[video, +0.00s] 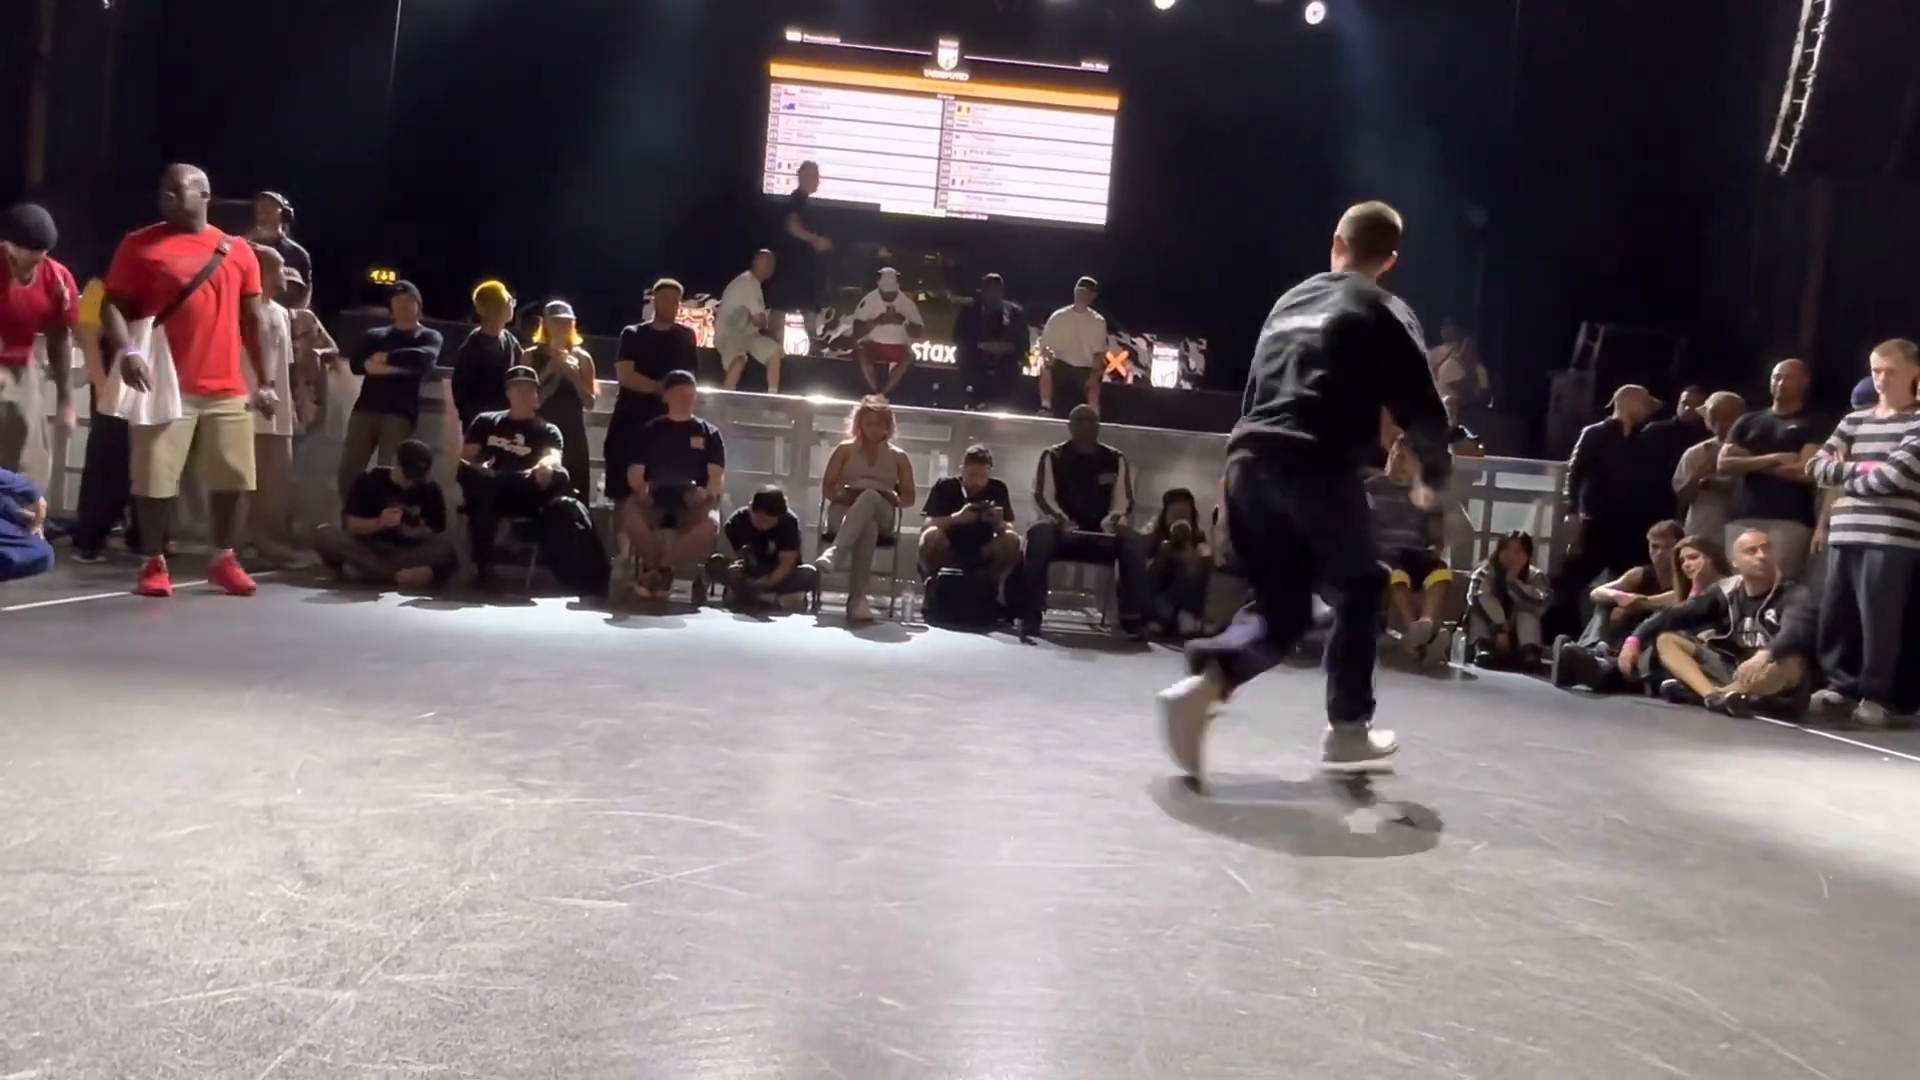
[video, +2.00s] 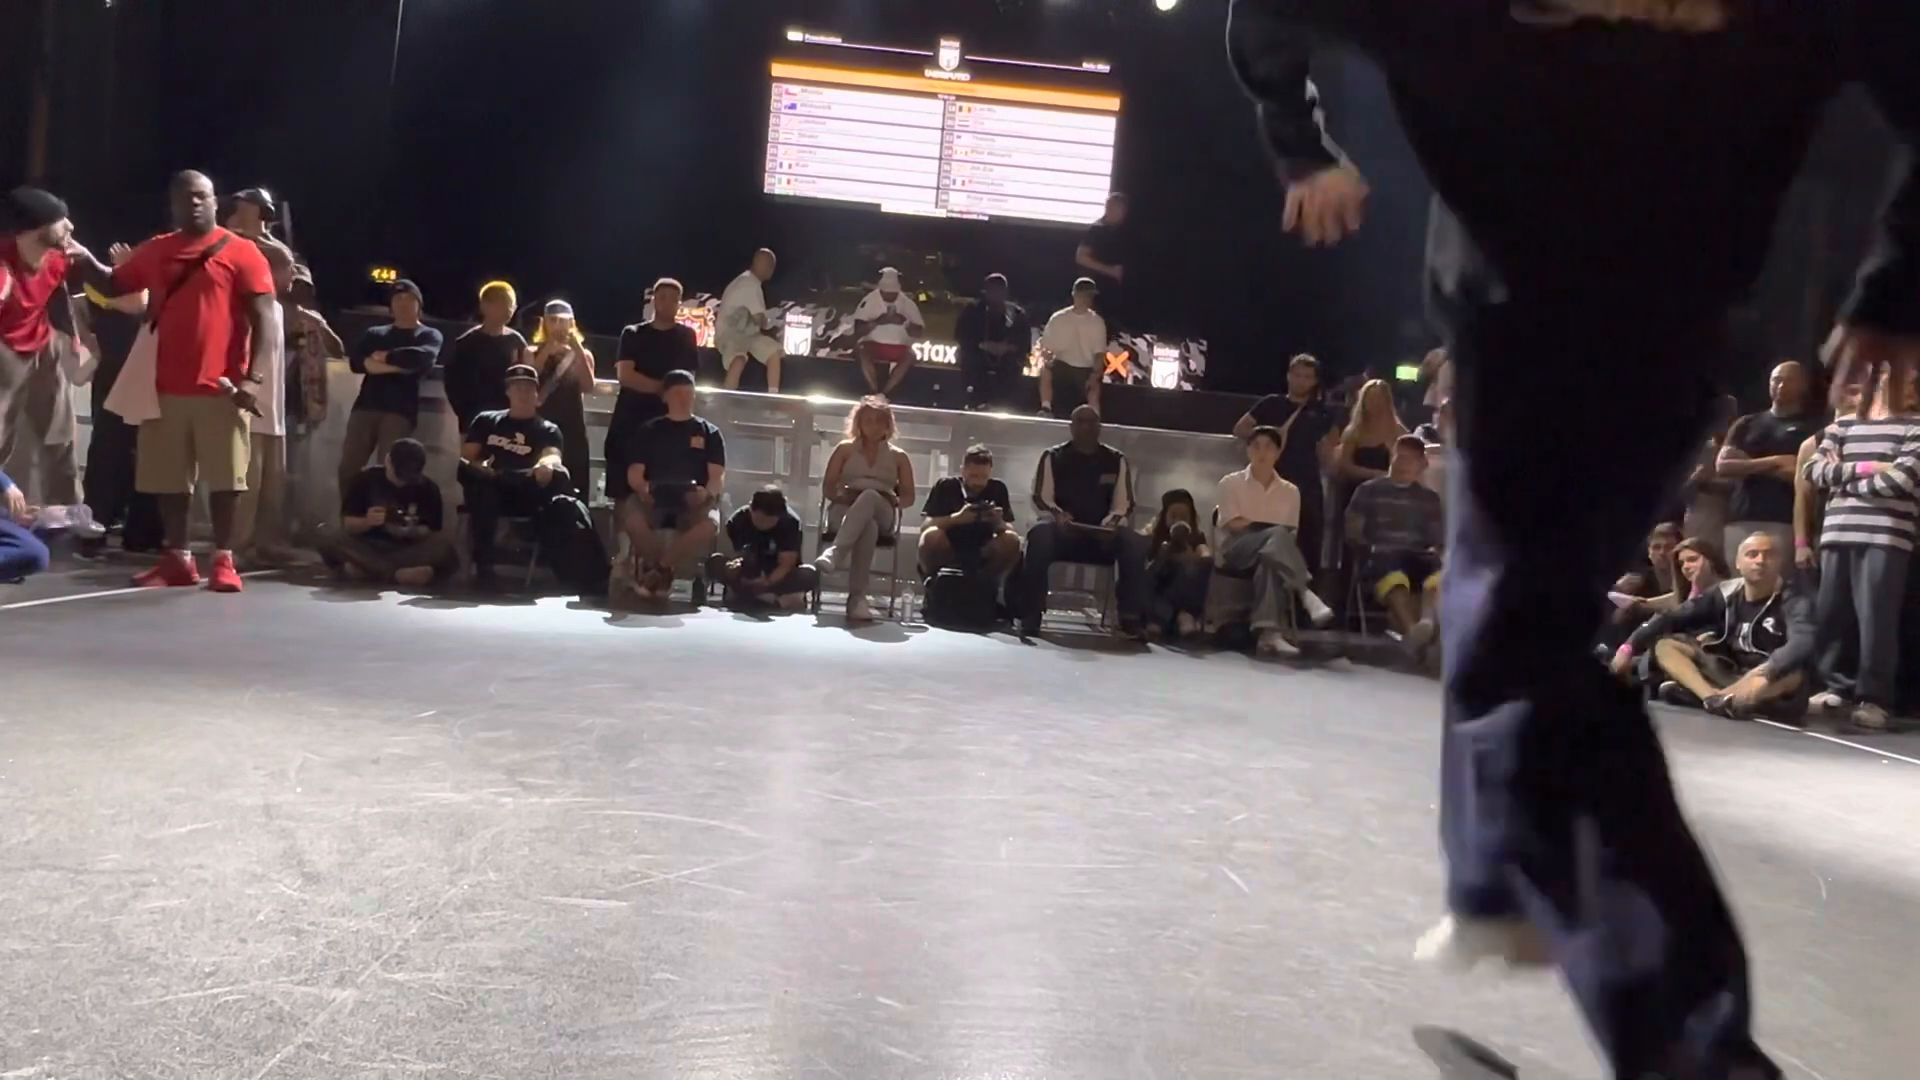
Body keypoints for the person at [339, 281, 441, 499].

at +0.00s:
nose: (402, 305)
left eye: (407, 300)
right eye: (398, 301)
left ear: (418, 306)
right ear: (391, 307)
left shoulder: (430, 336)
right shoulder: (375, 334)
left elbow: (423, 361)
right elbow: (357, 366)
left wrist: (385, 357)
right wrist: (400, 368)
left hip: (400, 414)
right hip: (366, 410)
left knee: (388, 475)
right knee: (349, 470)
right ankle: (350, 525)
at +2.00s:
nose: (403, 303)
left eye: (408, 299)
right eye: (398, 299)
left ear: (418, 305)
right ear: (391, 306)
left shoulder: (430, 335)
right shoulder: (375, 333)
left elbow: (422, 360)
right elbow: (356, 363)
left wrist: (383, 355)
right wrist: (398, 367)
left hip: (399, 413)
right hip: (366, 409)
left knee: (390, 473)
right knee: (348, 469)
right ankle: (349, 522)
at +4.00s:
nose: (376, 330)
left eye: (381, 325)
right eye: (371, 325)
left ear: (390, 331)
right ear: (363, 331)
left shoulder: (402, 360)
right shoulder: (348, 359)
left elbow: (397, 384)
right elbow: (329, 390)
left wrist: (357, 382)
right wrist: (372, 392)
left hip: (374, 437)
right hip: (341, 434)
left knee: (370, 498)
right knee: (324, 496)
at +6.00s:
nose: (389, 357)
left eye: (395, 352)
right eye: (385, 352)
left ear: (405, 357)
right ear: (378, 358)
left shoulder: (418, 386)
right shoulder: (364, 385)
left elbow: (412, 410)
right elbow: (346, 417)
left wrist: (373, 409)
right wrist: (388, 420)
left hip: (390, 462)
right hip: (358, 459)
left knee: (384, 521)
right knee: (343, 520)